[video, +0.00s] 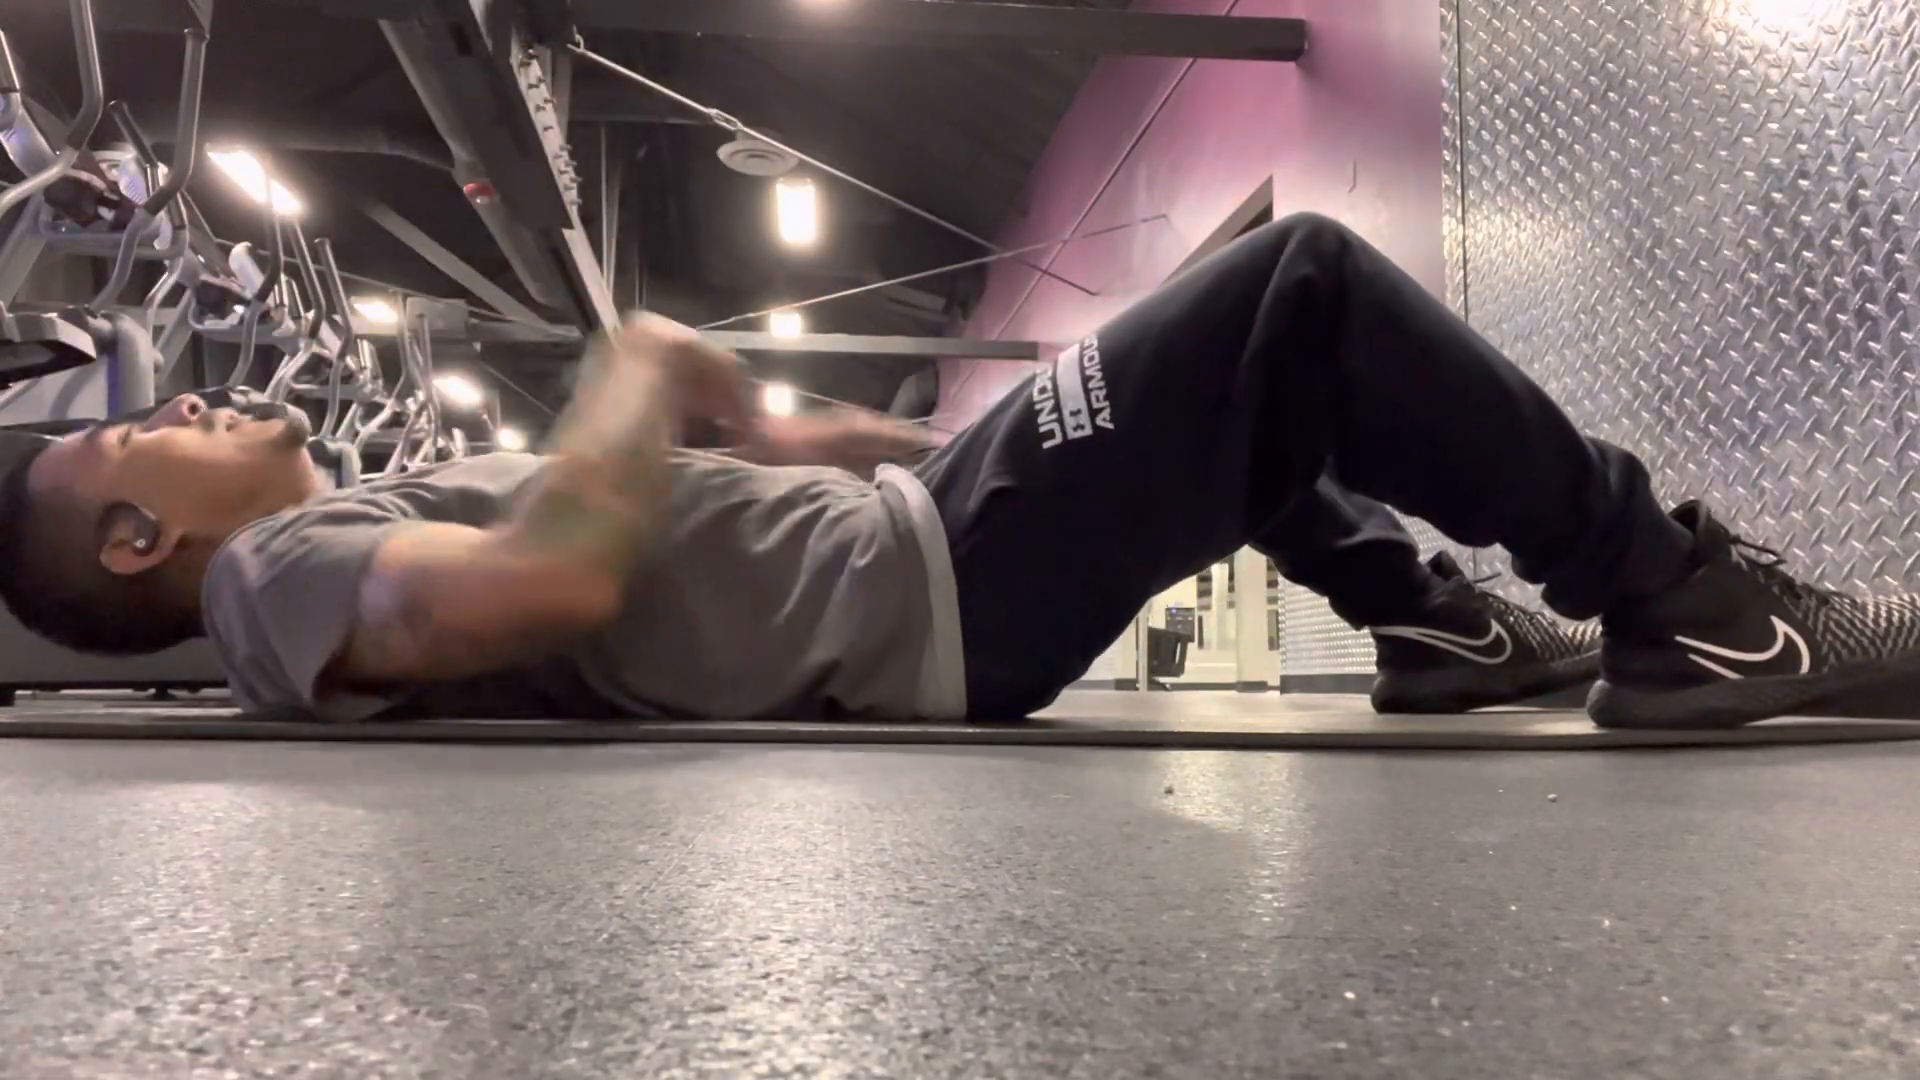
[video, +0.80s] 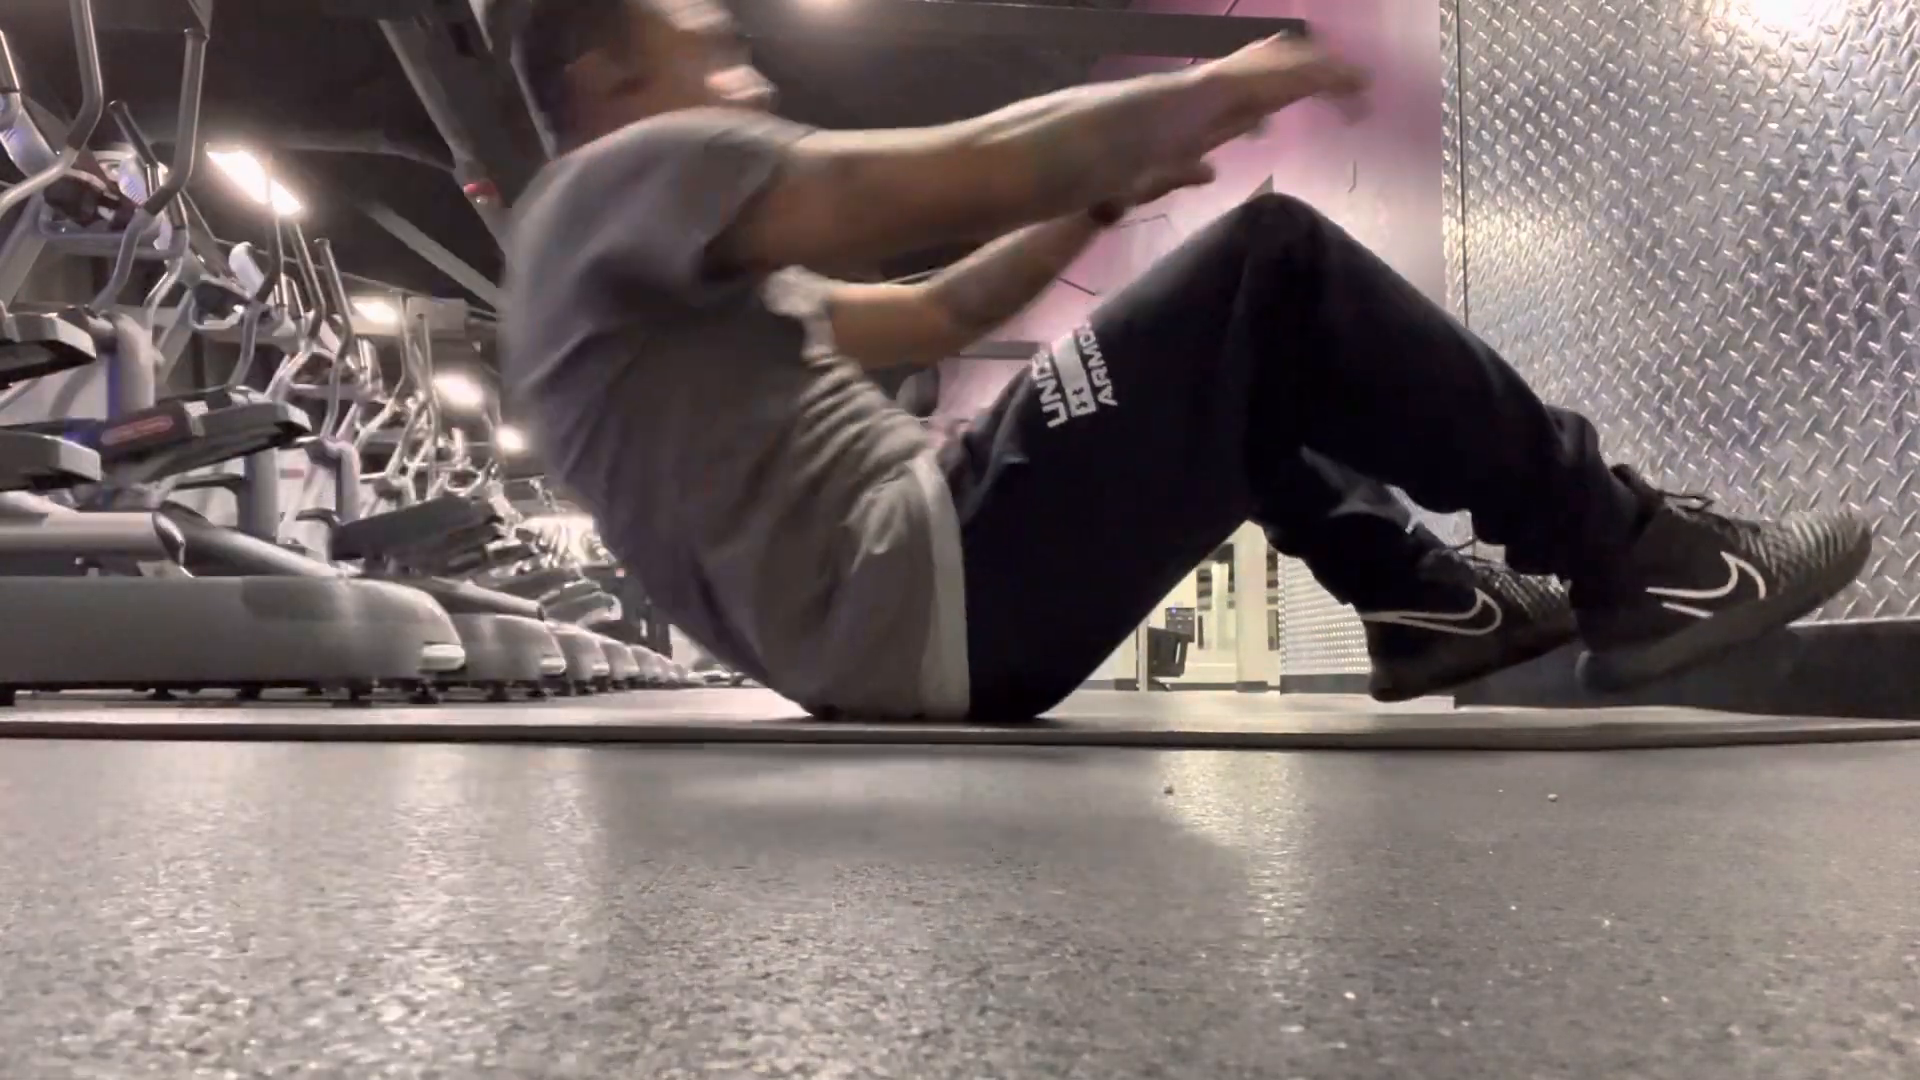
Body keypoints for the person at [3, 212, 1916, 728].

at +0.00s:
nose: (215, 401)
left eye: (165, 401)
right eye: (169, 425)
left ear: (158, 525)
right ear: (151, 537)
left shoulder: (310, 558)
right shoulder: (287, 584)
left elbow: (565, 559)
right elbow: (560, 578)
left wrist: (726, 432)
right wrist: (649, 375)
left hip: (901, 558)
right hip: (924, 613)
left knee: (1209, 318)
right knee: (1295, 280)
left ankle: (1446, 622)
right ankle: (1689, 595)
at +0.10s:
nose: (186, 417)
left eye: (149, 415)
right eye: (147, 441)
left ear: (157, 509)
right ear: (135, 549)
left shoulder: (305, 555)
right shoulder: (253, 606)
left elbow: (538, 489)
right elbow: (505, 513)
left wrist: (580, 367)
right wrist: (480, 311)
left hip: (906, 539)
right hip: (933, 600)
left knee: (1194, 332)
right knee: (1297, 276)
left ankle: (1447, 622)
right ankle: (1689, 596)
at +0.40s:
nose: (146, 446)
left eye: (115, 443)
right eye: (104, 473)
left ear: (156, 458)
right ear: (112, 581)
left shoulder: (337, 547)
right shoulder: (251, 593)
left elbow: (583, 469)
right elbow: (381, 333)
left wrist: (564, 306)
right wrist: (469, 176)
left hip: (887, 518)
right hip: (923, 582)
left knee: (1178, 335)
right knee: (1276, 267)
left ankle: (1435, 618)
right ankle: (1672, 601)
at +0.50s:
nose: (194, 365)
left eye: (166, 362)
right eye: (152, 389)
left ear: (202, 408)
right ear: (149, 478)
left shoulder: (345, 516)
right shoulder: (301, 492)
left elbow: (629, 413)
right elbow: (558, 306)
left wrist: (782, 237)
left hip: (853, 536)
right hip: (893, 567)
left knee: (1196, 346)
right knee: (1264, 274)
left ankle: (1442, 617)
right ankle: (1657, 591)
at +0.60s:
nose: (388, 212)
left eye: (362, 194)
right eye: (334, 216)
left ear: (348, 269)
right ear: (265, 311)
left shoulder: (431, 407)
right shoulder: (372, 388)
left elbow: (722, 359)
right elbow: (676, 275)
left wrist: (933, 241)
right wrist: (974, 140)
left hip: (873, 538)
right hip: (899, 592)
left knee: (1202, 318)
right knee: (1260, 287)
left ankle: (1434, 607)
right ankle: (1649, 590)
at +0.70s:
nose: (587, 126)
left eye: (570, 104)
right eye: (539, 109)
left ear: (501, 162)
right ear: (443, 176)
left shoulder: (552, 337)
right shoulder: (483, 279)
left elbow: (857, 328)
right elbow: (805, 232)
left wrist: (1033, 218)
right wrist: (1093, 137)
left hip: (914, 571)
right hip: (916, 596)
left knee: (1215, 318)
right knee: (1266, 277)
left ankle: (1432, 611)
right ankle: (1646, 568)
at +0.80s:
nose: (744, 84)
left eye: (733, 58)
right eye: (708, 57)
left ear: (589, 98)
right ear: (612, 80)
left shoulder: (656, 279)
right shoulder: (619, 189)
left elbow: (935, 318)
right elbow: (1003, 168)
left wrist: (1104, 198)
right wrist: (1255, 76)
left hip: (931, 608)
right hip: (934, 606)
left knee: (1205, 344)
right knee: (1262, 257)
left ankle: (1432, 604)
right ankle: (1642, 555)